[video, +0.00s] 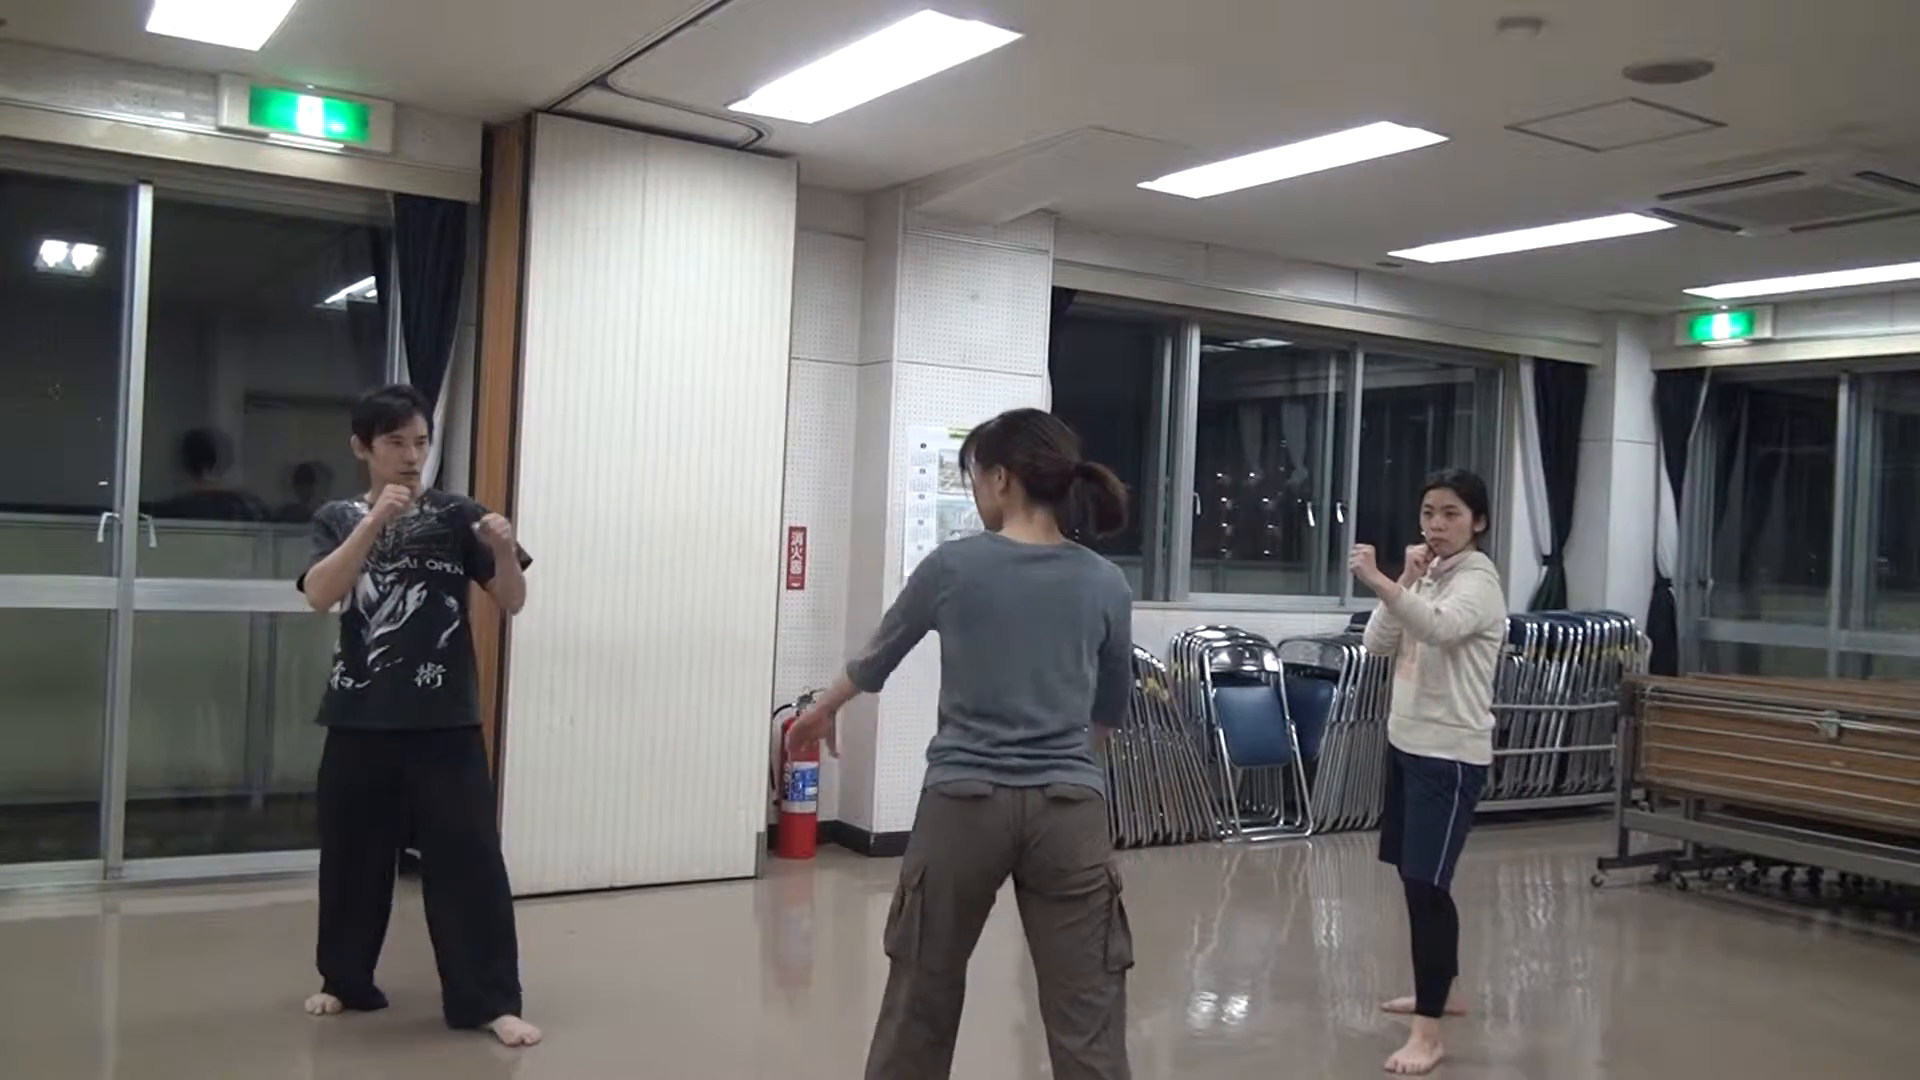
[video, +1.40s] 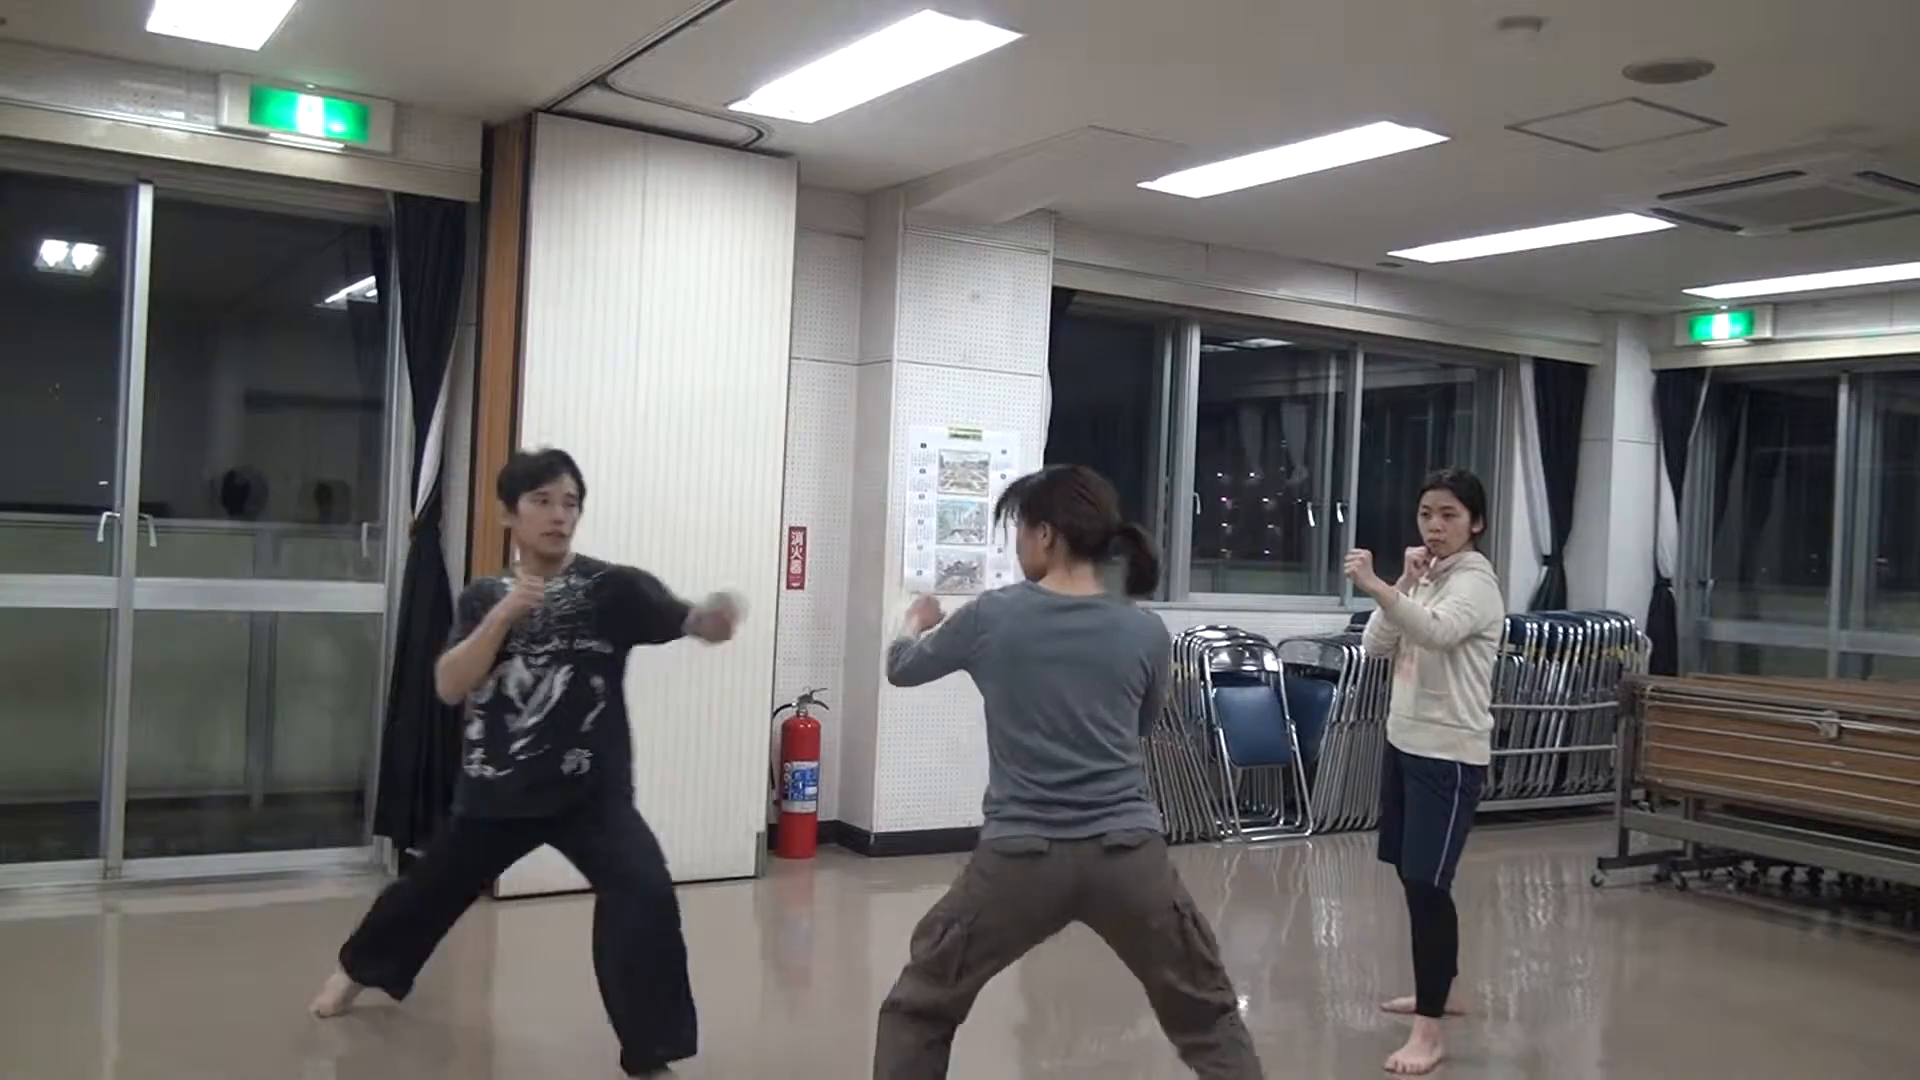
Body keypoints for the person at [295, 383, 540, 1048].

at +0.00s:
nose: (411, 453)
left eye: (420, 441)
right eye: (396, 442)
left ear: (432, 443)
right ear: (362, 447)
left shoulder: (459, 515)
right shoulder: (339, 519)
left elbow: (511, 601)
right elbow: (322, 594)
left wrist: (505, 550)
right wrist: (373, 521)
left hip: (446, 720)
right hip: (362, 721)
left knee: (471, 861)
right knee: (352, 854)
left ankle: (494, 1004)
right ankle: (343, 983)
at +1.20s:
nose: (462, 513)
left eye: (472, 501)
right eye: (446, 500)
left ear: (482, 506)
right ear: (413, 505)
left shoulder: (504, 579)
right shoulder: (376, 573)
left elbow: (550, 673)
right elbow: (339, 654)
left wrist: (533, 617)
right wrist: (401, 589)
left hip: (481, 777)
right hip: (391, 776)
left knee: (545, 879)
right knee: (350, 886)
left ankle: (561, 1027)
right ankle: (342, 984)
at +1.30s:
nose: (507, 525)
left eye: (518, 513)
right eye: (492, 511)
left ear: (527, 521)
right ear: (458, 518)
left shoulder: (550, 600)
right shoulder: (418, 593)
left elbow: (602, 690)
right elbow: (380, 682)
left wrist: (591, 655)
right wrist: (436, 622)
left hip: (516, 792)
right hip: (422, 792)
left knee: (593, 887)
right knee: (373, 892)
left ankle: (638, 1042)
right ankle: (338, 979)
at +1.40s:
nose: (559, 515)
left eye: (570, 504)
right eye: (543, 503)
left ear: (581, 514)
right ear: (511, 515)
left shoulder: (612, 588)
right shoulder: (483, 598)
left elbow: (691, 623)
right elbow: (450, 686)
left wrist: (716, 617)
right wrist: (502, 616)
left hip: (590, 795)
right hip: (498, 795)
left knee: (644, 891)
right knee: (431, 886)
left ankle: (650, 1058)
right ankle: (355, 969)